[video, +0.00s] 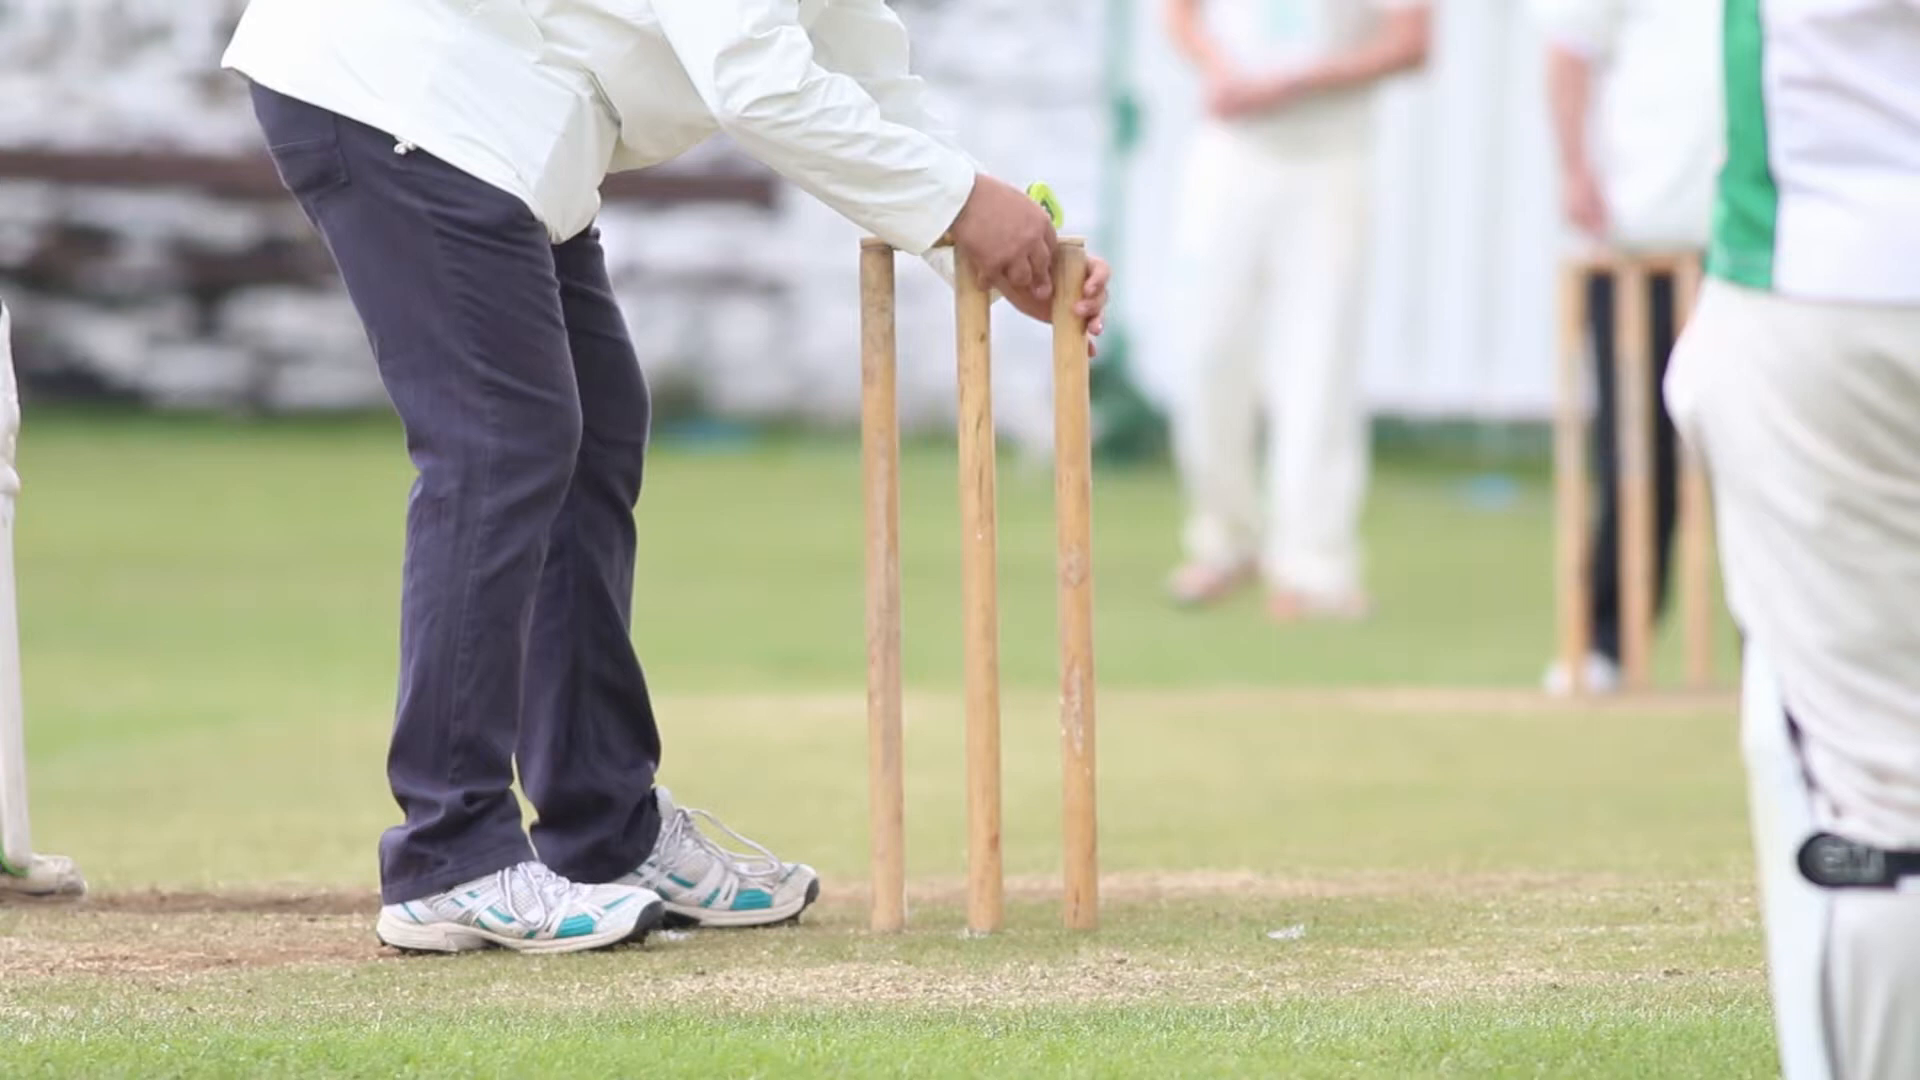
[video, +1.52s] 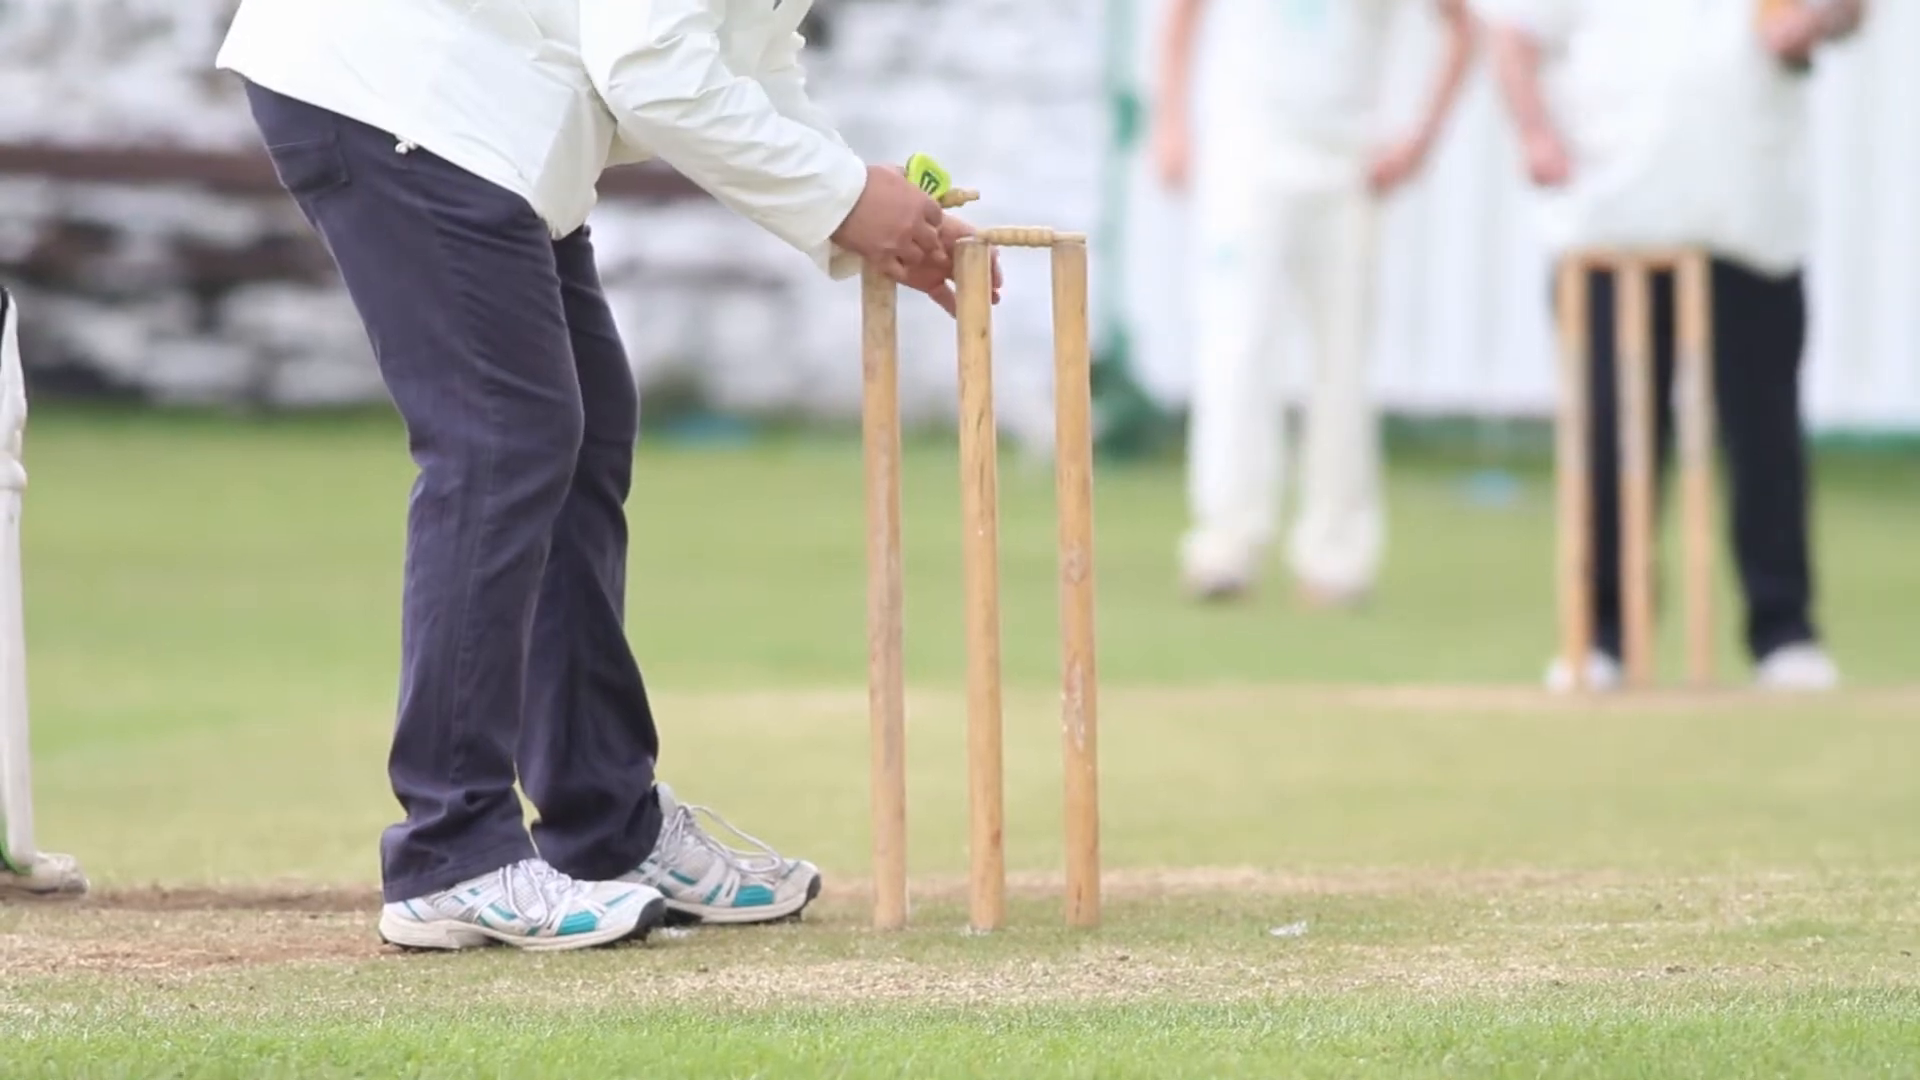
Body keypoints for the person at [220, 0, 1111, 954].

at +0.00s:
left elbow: (876, 90)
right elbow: (753, 80)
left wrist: (1008, 250)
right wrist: (962, 200)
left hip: (509, 87)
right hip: (384, 57)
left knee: (597, 429)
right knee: (508, 436)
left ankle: (604, 833)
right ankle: (446, 864)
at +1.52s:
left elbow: (760, 78)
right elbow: (650, 73)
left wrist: (863, 217)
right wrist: (846, 194)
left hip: (487, 76)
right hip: (381, 59)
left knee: (587, 423)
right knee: (508, 432)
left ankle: (603, 832)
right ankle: (451, 863)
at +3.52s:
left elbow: (795, 79)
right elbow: (648, 66)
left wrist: (945, 170)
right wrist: (827, 203)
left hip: (489, 82)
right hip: (379, 56)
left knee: (587, 416)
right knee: (507, 426)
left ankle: (606, 822)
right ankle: (451, 855)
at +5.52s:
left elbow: (812, 63)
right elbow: (656, 52)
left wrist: (961, 186)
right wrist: (848, 185)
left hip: (490, 73)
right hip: (378, 51)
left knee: (592, 406)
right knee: (507, 417)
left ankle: (606, 816)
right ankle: (453, 848)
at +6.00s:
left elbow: (750, 20)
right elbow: (612, 15)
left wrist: (904, 154)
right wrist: (802, 140)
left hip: (517, 68)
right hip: (394, 53)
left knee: (620, 401)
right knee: (552, 405)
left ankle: (608, 809)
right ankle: (463, 828)